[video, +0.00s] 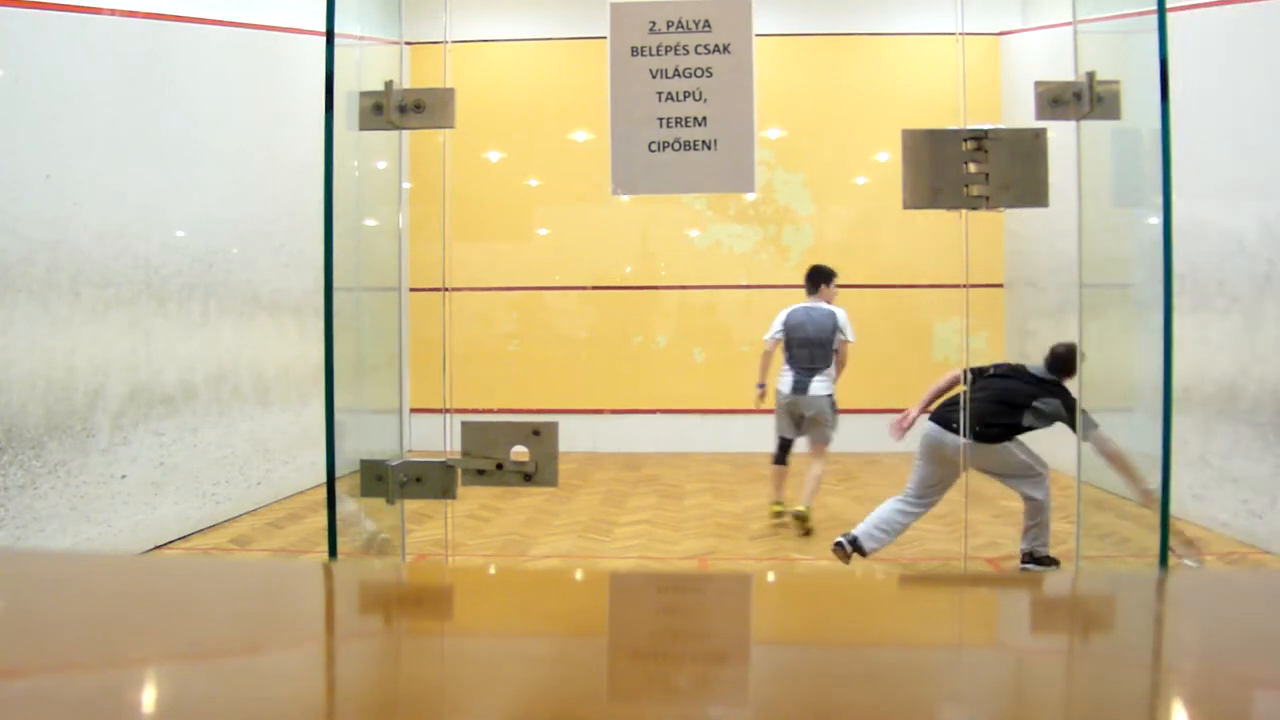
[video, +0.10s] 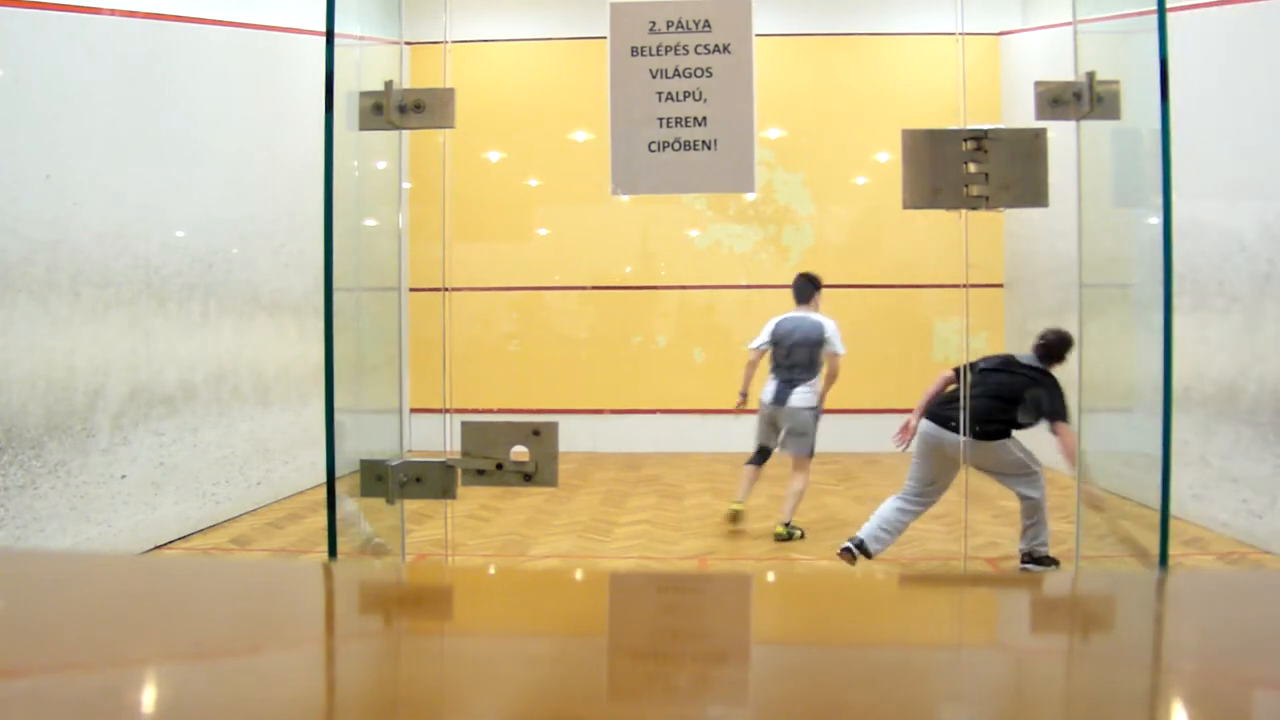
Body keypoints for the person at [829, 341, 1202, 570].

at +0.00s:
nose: (1076, 374)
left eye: (1070, 367)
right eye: (1077, 370)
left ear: (1046, 361)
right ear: (1072, 372)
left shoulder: (1012, 369)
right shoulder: (1063, 401)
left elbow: (955, 377)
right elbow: (1107, 450)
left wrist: (914, 412)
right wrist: (1142, 489)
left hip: (939, 430)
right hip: (983, 442)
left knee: (916, 496)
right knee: (1036, 476)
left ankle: (855, 540)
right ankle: (1034, 552)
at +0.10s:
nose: (1059, 357)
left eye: (1053, 347)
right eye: (1062, 354)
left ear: (1036, 345)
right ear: (1059, 360)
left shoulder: (1000, 360)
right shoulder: (1047, 386)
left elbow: (946, 377)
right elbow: (1065, 436)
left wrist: (915, 417)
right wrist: (1084, 481)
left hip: (934, 426)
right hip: (980, 438)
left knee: (914, 494)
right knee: (1030, 479)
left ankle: (862, 543)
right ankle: (1034, 552)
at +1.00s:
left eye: (870, 257)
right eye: (900, 260)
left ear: (869, 258)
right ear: (900, 261)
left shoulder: (844, 298)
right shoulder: (909, 299)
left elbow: (824, 354)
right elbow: (937, 351)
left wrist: (822, 399)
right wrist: (973, 381)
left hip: (849, 405)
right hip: (896, 406)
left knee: (849, 481)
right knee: (916, 479)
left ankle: (846, 555)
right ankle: (930, 549)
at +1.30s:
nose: (904, 272)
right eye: (906, 269)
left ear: (872, 266)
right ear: (904, 271)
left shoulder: (847, 305)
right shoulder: (911, 310)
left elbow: (820, 358)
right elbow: (936, 363)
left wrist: (813, 403)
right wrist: (969, 393)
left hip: (852, 412)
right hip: (898, 413)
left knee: (847, 484)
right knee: (909, 486)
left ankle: (847, 552)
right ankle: (906, 550)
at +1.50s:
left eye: (870, 269)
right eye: (898, 273)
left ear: (870, 271)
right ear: (901, 275)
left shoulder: (847, 306)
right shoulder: (910, 312)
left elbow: (816, 353)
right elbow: (932, 368)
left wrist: (808, 400)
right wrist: (953, 408)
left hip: (851, 408)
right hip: (899, 409)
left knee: (832, 479)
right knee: (918, 475)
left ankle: (822, 551)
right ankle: (917, 541)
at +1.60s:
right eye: (902, 290)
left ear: (872, 290)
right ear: (903, 293)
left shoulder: (850, 326)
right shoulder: (909, 332)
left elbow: (818, 367)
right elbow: (930, 385)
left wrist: (809, 405)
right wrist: (950, 429)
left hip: (848, 425)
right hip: (894, 426)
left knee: (826, 490)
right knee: (926, 474)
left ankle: (808, 559)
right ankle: (924, 540)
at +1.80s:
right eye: (936, 310)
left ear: (910, 308)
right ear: (937, 313)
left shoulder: (887, 336)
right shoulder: (939, 349)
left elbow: (861, 359)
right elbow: (962, 399)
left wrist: (891, 352)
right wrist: (986, 434)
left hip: (872, 431)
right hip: (916, 432)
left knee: (849, 493)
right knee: (960, 465)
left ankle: (817, 557)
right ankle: (959, 536)